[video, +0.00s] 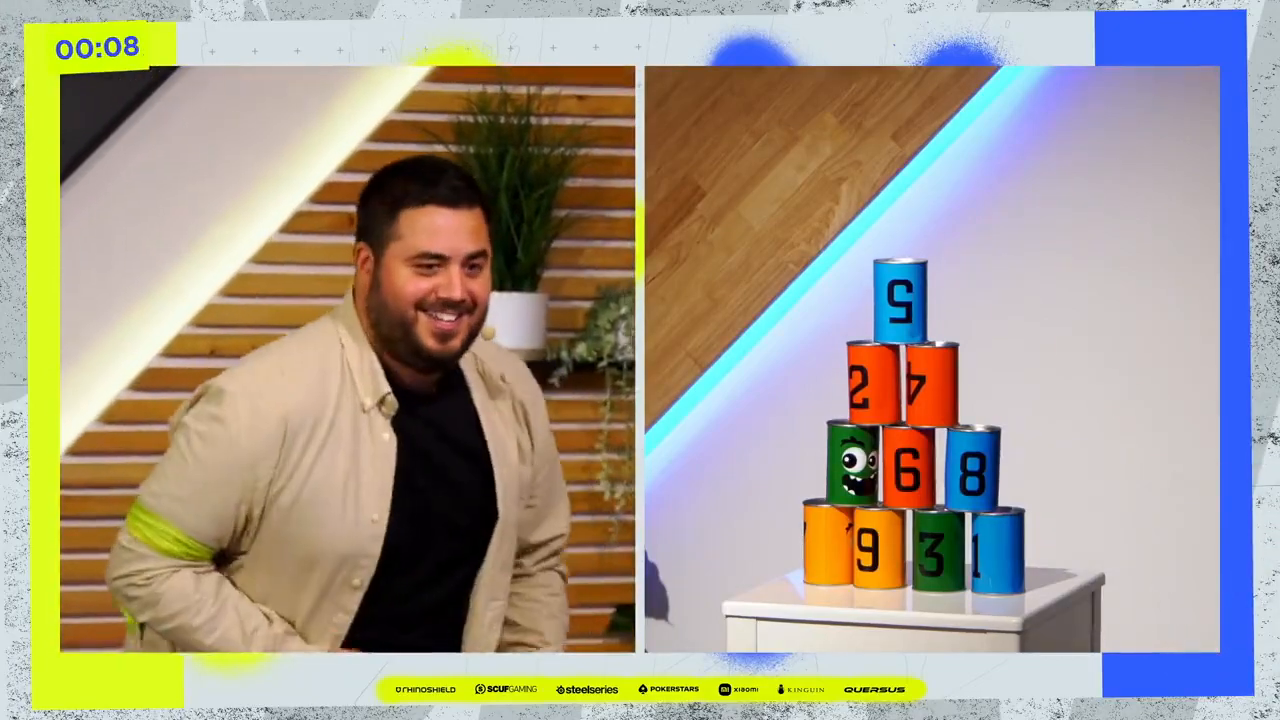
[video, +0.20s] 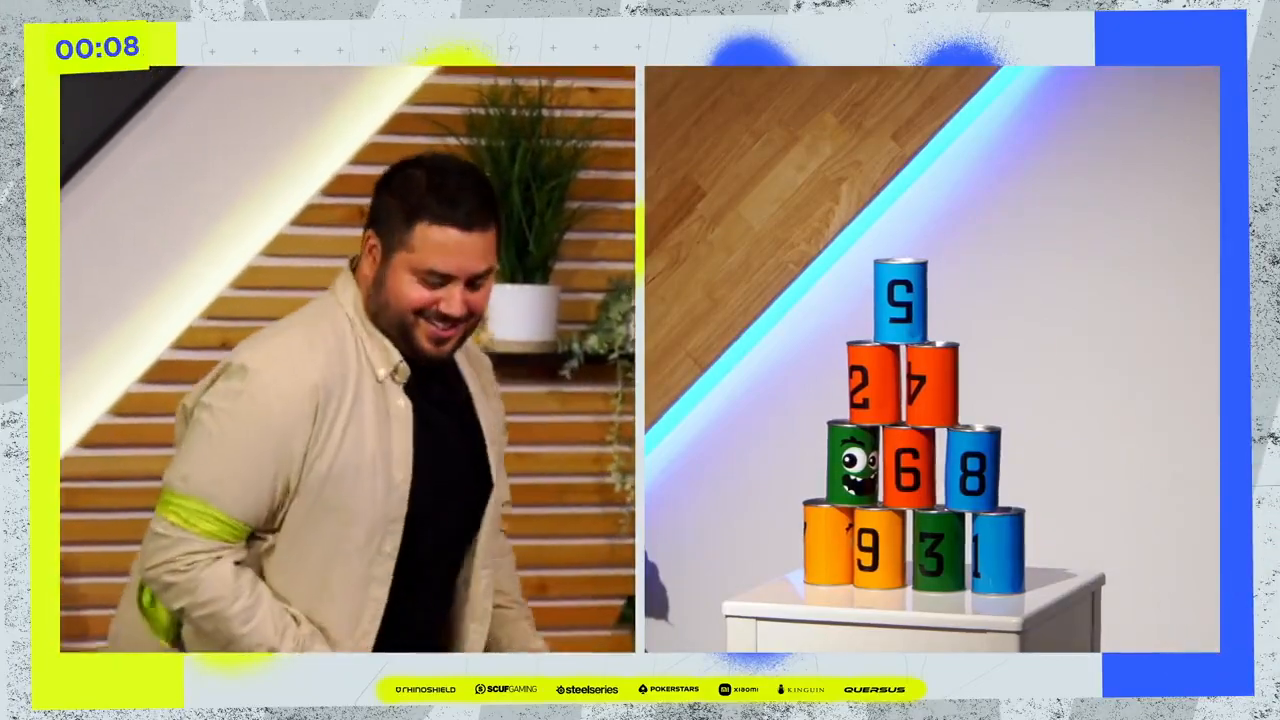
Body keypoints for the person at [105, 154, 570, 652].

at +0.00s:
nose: (456, 293)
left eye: (474, 266)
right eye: (427, 266)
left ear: (491, 269)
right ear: (366, 266)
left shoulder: (509, 385)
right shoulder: (260, 402)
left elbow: (538, 561)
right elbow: (149, 566)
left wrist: (521, 685)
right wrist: (309, 668)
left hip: (451, 704)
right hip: (275, 710)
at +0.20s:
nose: (458, 307)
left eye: (477, 282)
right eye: (433, 280)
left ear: (494, 269)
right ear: (372, 255)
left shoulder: (469, 366)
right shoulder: (281, 374)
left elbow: (485, 555)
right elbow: (182, 559)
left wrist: (535, 682)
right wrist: (325, 681)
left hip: (421, 694)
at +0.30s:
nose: (442, 294)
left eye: (461, 271)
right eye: (418, 266)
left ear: (478, 261)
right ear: (359, 244)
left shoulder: (438, 358)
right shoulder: (275, 356)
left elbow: (413, 540)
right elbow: (178, 541)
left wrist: (494, 624)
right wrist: (324, 655)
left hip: (373, 684)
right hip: (223, 686)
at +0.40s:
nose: (419, 248)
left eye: (438, 225)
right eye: (395, 219)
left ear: (451, 236)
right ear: (334, 220)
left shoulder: (400, 347)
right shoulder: (265, 333)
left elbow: (371, 520)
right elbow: (170, 519)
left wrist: (459, 596)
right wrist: (308, 644)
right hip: (200, 675)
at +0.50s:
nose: (388, 212)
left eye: (405, 190)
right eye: (361, 187)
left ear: (418, 202)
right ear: (301, 194)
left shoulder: (367, 321)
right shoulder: (246, 311)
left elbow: (322, 499)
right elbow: (178, 494)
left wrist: (430, 559)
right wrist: (325, 623)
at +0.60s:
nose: (362, 190)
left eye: (379, 168)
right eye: (335, 166)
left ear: (392, 182)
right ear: (275, 178)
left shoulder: (330, 304)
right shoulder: (230, 289)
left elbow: (296, 483)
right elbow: (184, 450)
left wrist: (420, 505)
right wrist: (331, 575)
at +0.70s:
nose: (347, 178)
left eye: (362, 155)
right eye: (318, 155)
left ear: (378, 168)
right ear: (261, 170)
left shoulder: (324, 298)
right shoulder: (220, 275)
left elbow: (319, 464)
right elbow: (169, 417)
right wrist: (289, 535)